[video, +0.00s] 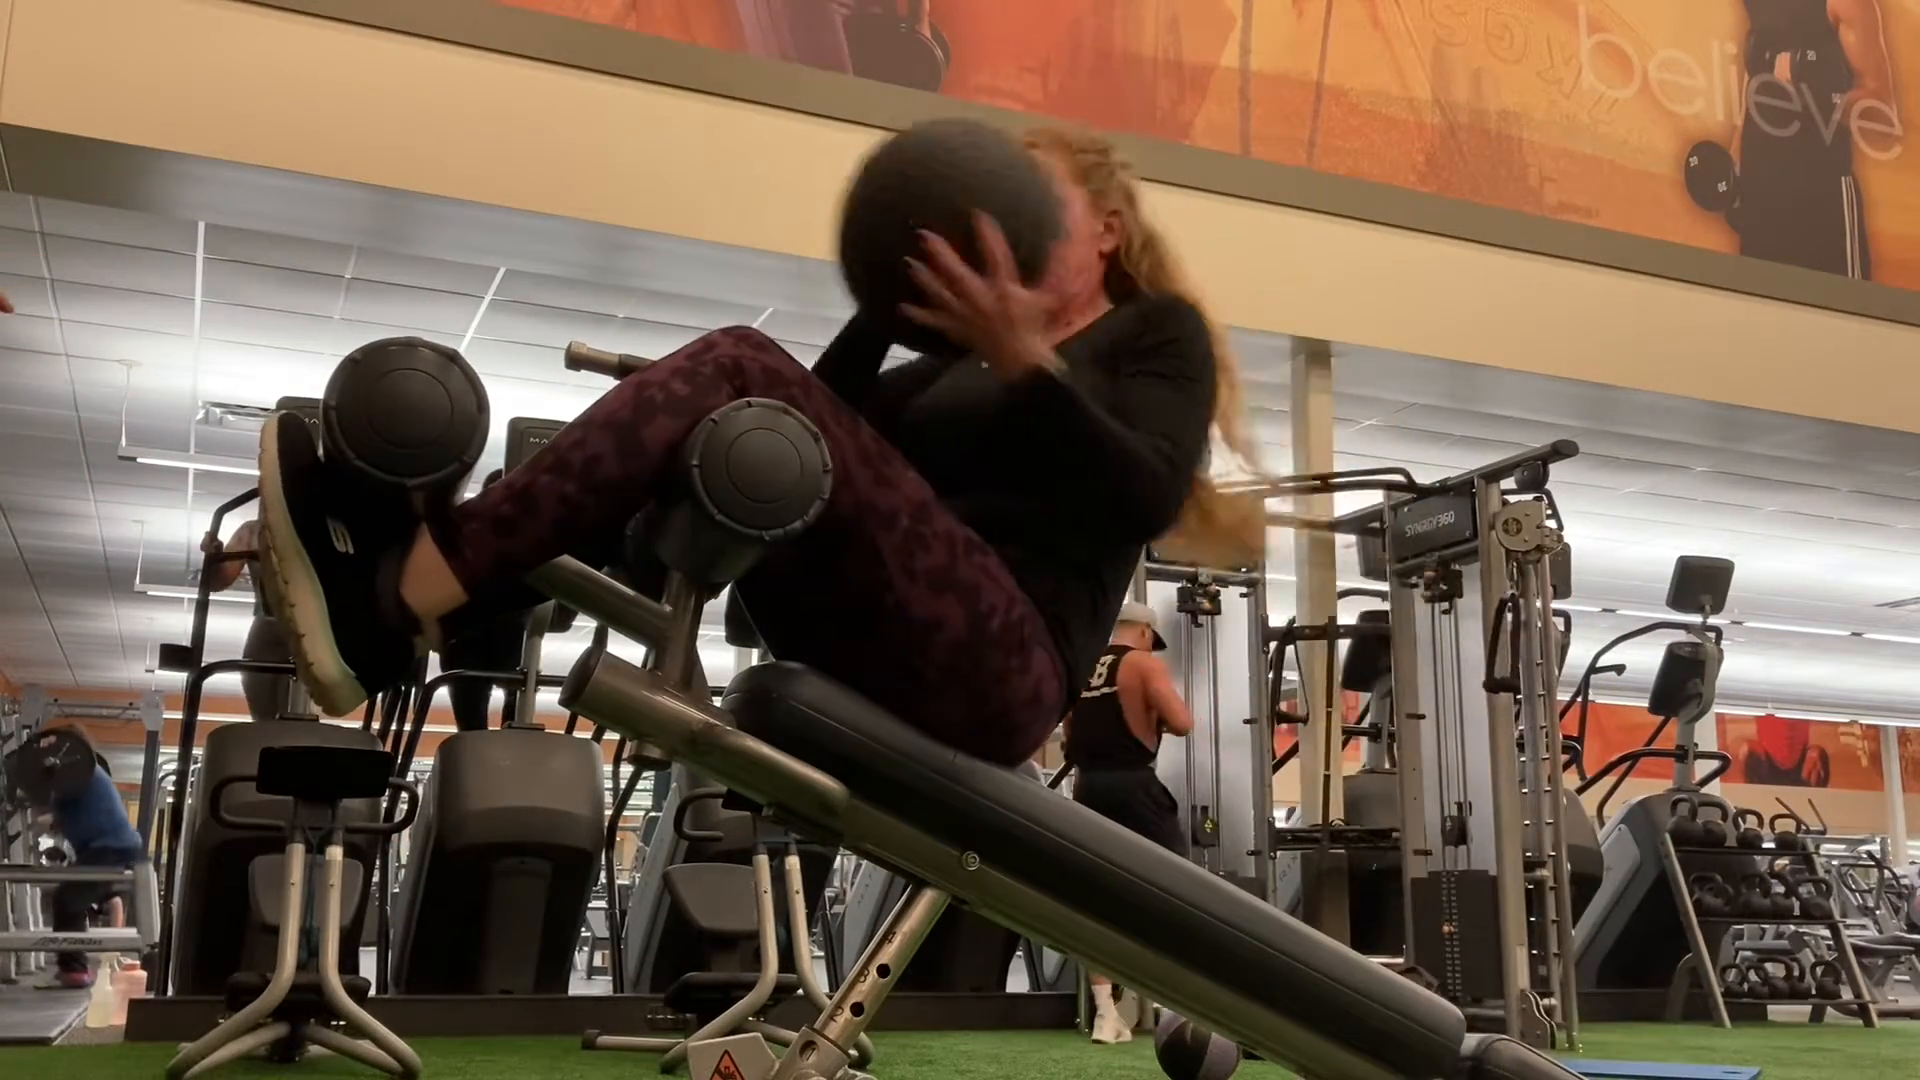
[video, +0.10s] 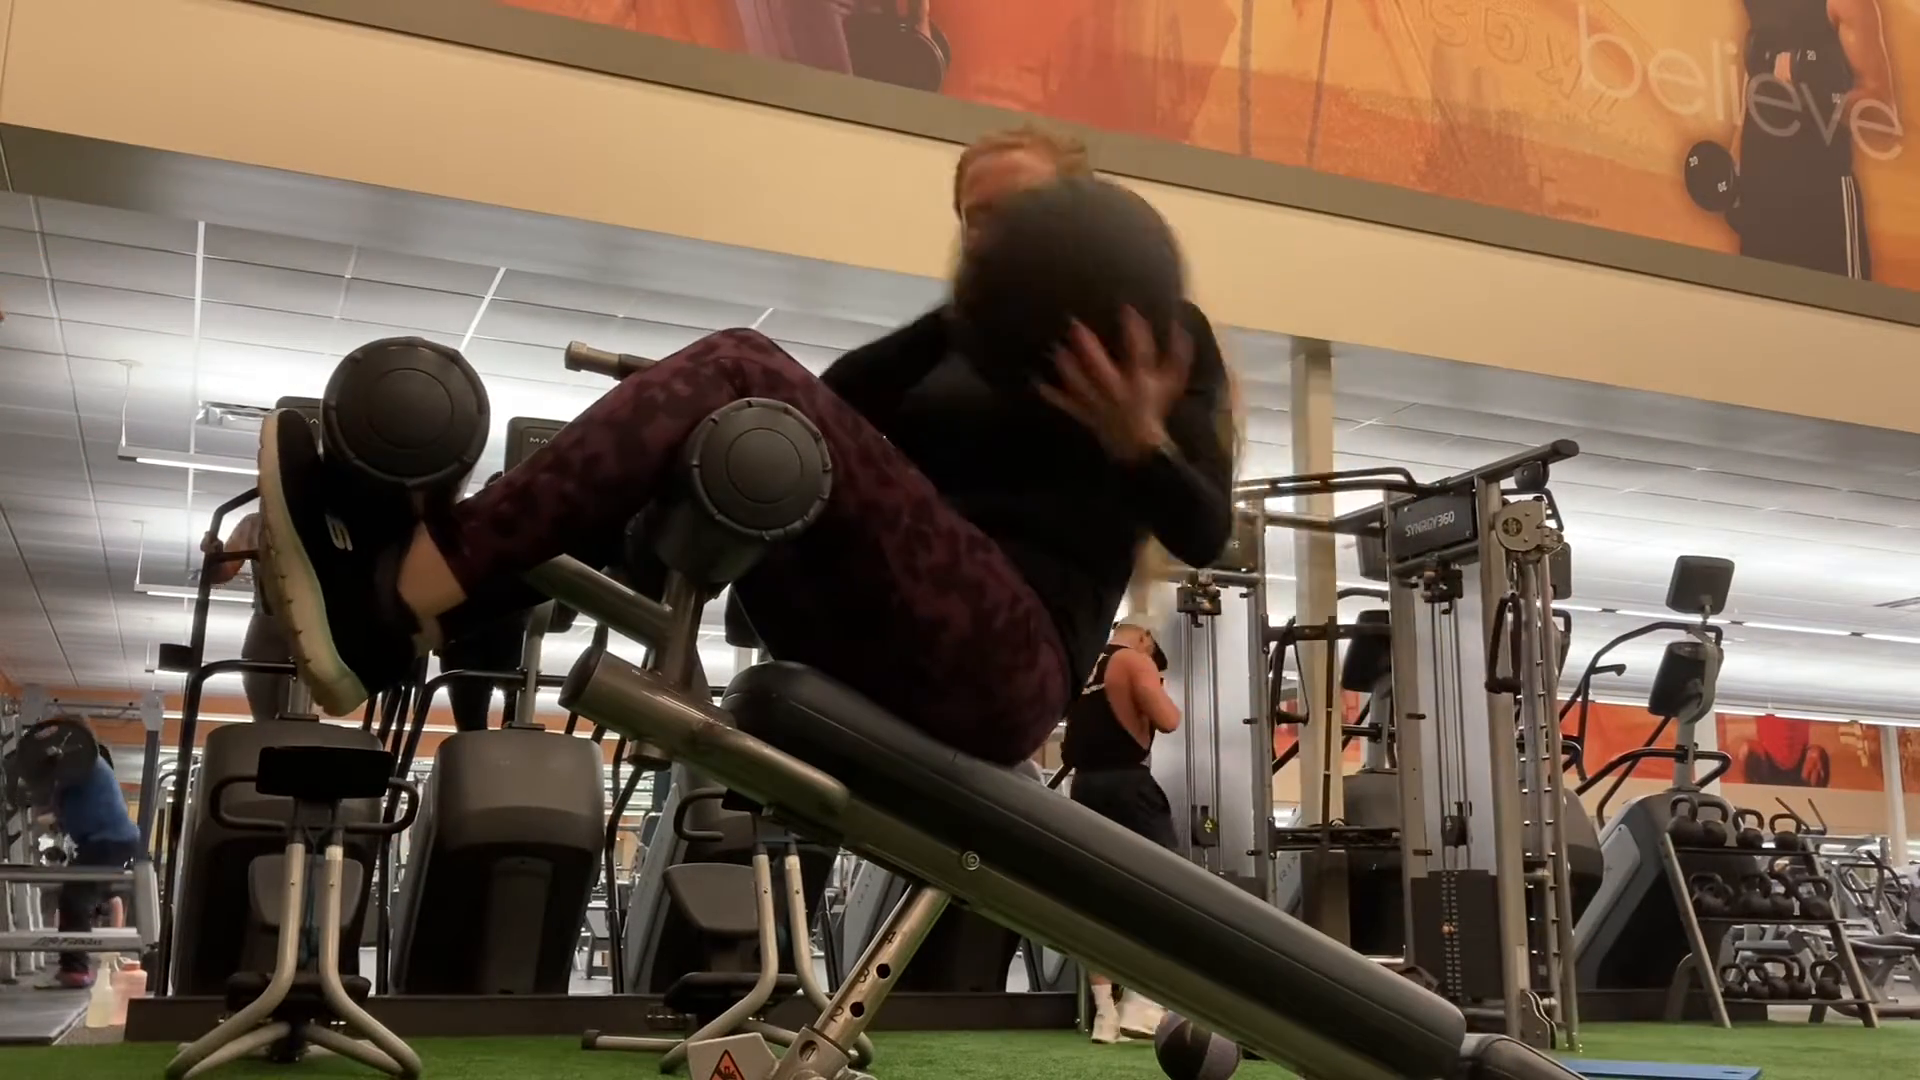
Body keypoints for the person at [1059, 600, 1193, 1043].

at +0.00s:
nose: (1153, 645)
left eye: (1152, 640)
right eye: (1153, 639)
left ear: (1114, 632)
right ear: (1143, 633)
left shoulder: (1085, 666)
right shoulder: (1145, 663)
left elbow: (1070, 736)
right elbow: (1182, 724)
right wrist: (1157, 709)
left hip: (1089, 792)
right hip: (1136, 791)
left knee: (1091, 899)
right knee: (1157, 892)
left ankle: (1106, 1014)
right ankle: (1145, 998)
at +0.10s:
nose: (1150, 658)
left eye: (1151, 653)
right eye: (1151, 651)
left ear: (1118, 637)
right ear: (1141, 639)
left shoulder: (1089, 665)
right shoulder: (1134, 659)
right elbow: (1168, 719)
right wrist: (1157, 693)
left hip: (1086, 787)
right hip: (1129, 786)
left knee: (1094, 898)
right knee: (1157, 890)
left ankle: (1104, 1012)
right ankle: (1143, 1003)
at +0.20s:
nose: (1152, 664)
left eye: (1154, 659)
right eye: (1153, 656)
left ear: (1122, 636)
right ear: (1142, 642)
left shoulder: (1094, 664)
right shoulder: (1129, 659)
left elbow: (1080, 733)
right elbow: (1154, 716)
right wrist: (1165, 705)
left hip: (1087, 783)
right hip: (1120, 784)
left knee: (1101, 890)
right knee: (1129, 890)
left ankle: (1106, 1000)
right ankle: (1111, 1000)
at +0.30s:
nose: (1158, 670)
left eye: (1159, 664)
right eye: (1159, 660)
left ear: (1131, 635)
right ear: (1149, 641)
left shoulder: (1101, 660)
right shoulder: (1127, 655)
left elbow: (1075, 741)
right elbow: (1143, 717)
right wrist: (1163, 707)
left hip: (1085, 783)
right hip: (1115, 784)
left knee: (1107, 888)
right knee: (1123, 887)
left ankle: (1097, 998)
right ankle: (1088, 996)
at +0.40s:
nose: (1153, 673)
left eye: (1157, 669)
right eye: (1157, 664)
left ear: (1141, 642)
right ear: (1150, 645)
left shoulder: (1101, 658)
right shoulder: (1123, 655)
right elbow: (1130, 714)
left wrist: (1146, 703)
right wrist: (1157, 710)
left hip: (1090, 782)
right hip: (1103, 784)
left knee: (1111, 897)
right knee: (1101, 898)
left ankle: (1103, 1007)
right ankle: (1076, 1008)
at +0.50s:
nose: (1152, 673)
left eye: (1156, 670)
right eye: (1156, 664)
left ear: (1142, 641)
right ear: (1150, 643)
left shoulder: (1101, 655)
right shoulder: (1120, 657)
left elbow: (1096, 723)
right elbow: (1121, 716)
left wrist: (1143, 700)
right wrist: (1152, 710)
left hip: (1088, 782)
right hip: (1100, 785)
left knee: (1101, 900)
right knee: (1090, 900)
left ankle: (1102, 1009)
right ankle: (1072, 1013)